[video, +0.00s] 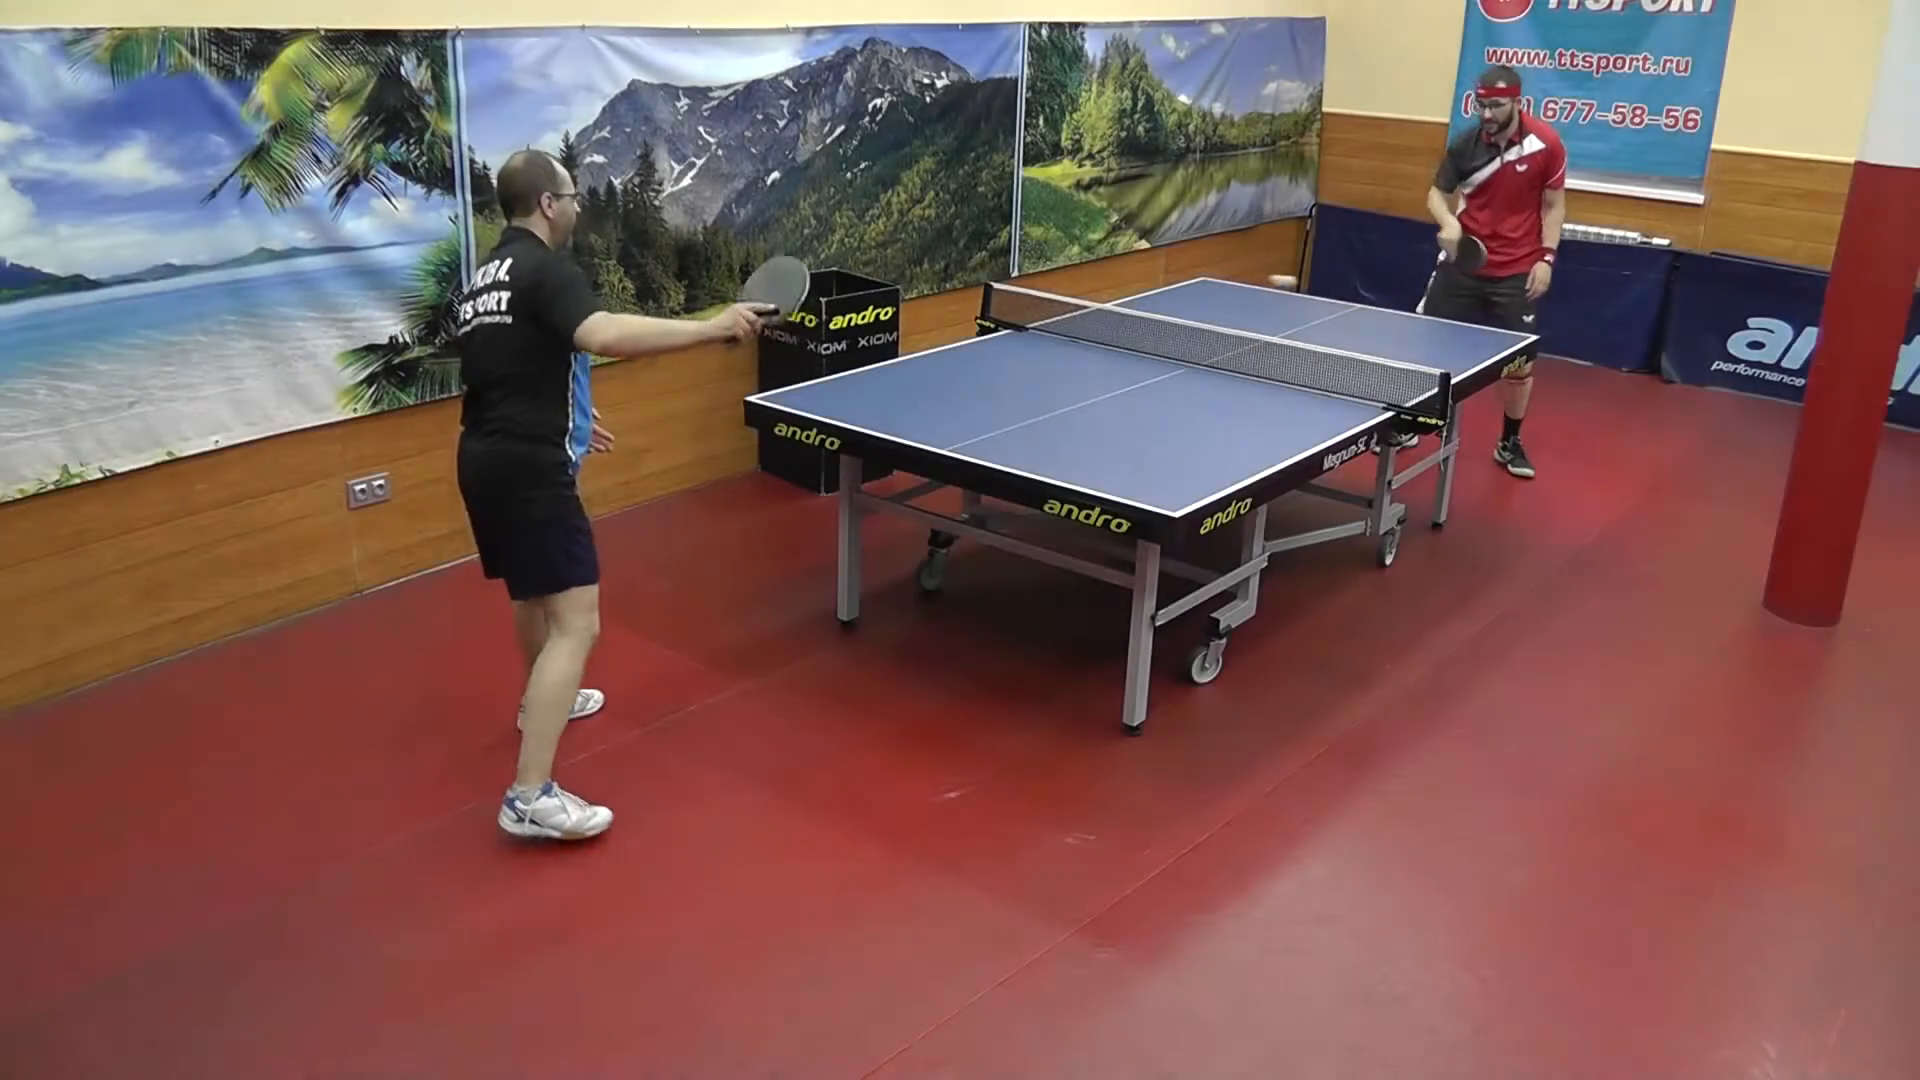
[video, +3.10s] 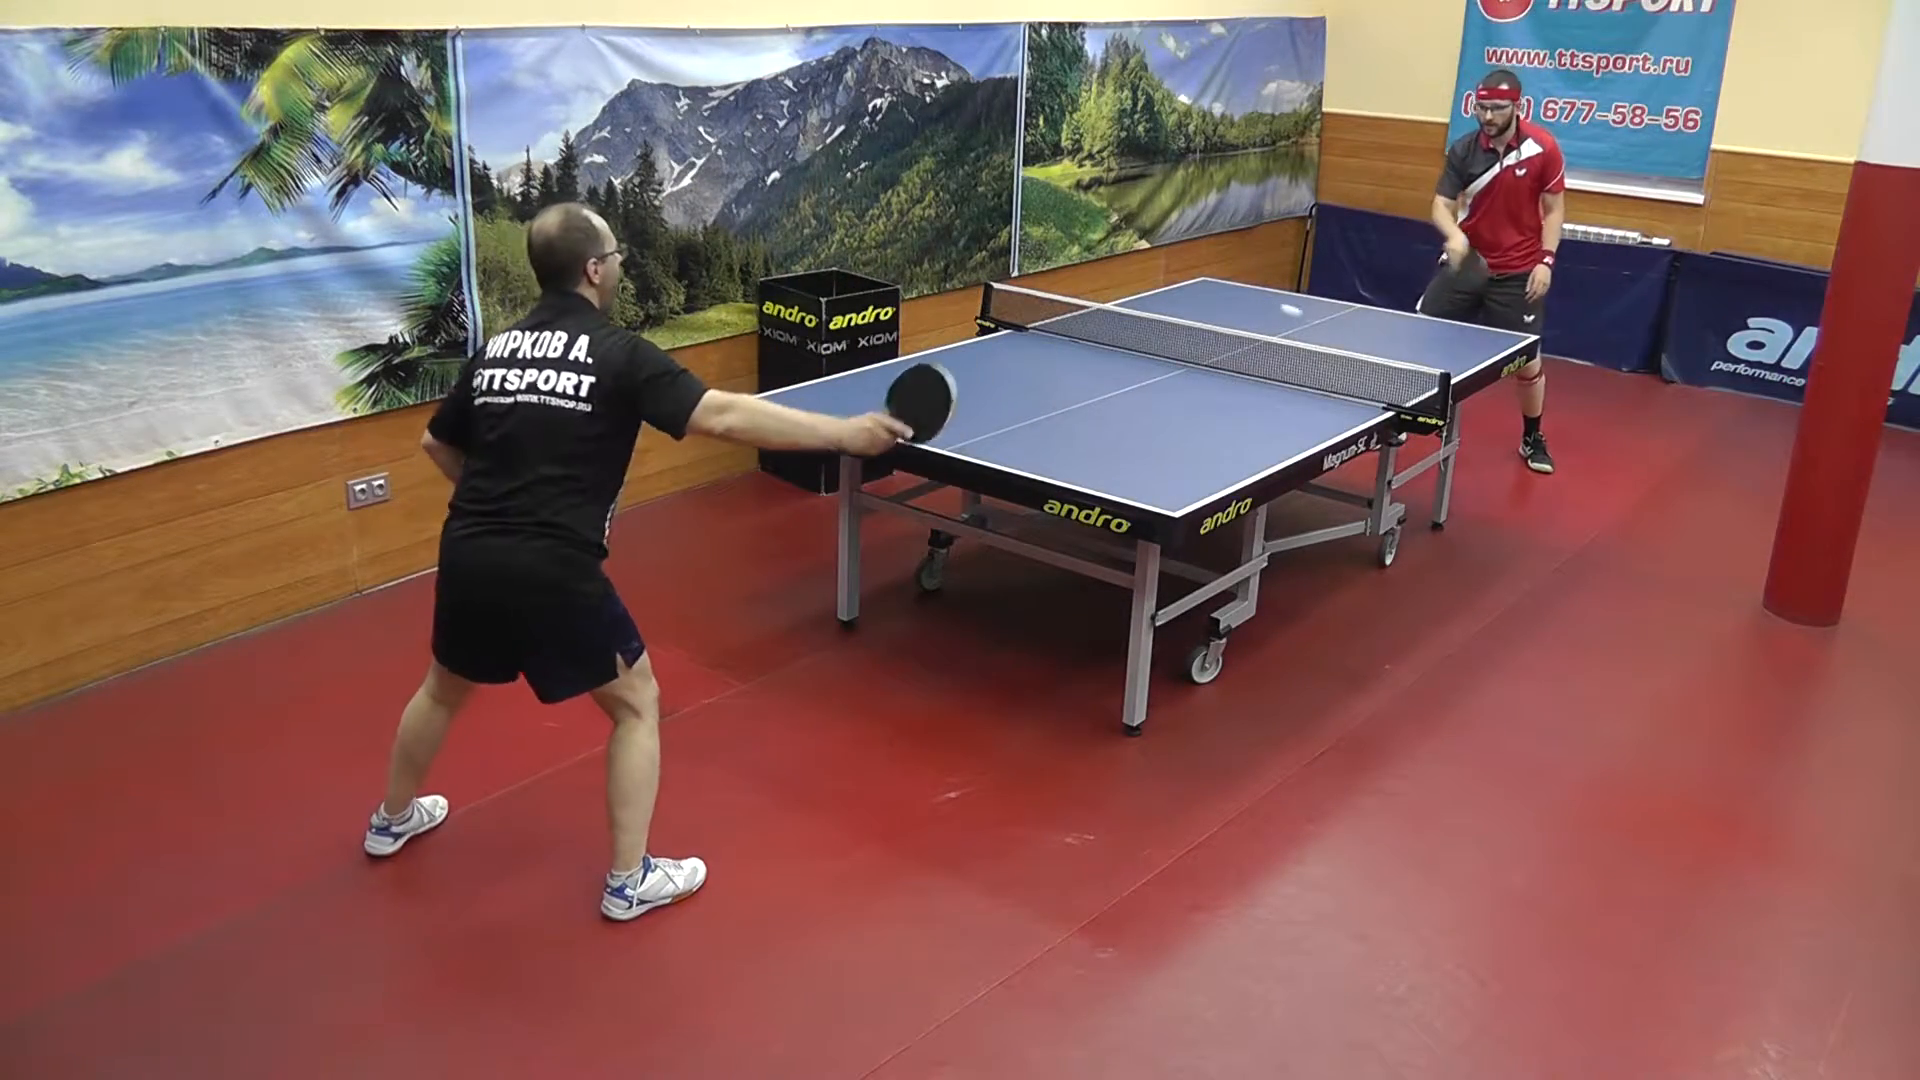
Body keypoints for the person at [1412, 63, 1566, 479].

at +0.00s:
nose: (1488, 114)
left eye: (1497, 105)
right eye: (1482, 105)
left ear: (1518, 102)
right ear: (1476, 102)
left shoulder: (1547, 146)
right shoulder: (1466, 144)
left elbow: (1554, 205)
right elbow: (1436, 193)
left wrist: (1547, 258)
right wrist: (1448, 223)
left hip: (1515, 274)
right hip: (1460, 268)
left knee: (1521, 362)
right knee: (1426, 343)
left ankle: (1510, 442)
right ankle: (1412, 416)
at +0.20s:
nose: (1525, 141)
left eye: (1534, 133)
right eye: (1518, 131)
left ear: (1553, 127)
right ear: (1511, 125)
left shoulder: (1575, 156)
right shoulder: (1496, 163)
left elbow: (1585, 210)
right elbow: (1457, 214)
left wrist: (1594, 263)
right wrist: (1465, 245)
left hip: (1544, 278)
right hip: (1487, 273)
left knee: (1550, 369)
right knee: (1447, 350)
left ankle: (1526, 450)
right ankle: (1419, 415)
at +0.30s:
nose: (1538, 141)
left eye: (1548, 133)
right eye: (1532, 132)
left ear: (1565, 126)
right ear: (1525, 126)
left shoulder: (1586, 156)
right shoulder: (1510, 161)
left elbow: (1598, 210)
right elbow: (1472, 198)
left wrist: (1613, 263)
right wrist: (1455, 214)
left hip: (1551, 281)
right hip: (1493, 277)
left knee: (1555, 371)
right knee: (1452, 356)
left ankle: (1526, 450)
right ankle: (1421, 417)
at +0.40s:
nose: (1547, 133)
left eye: (1557, 124)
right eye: (1541, 123)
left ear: (1574, 120)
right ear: (1534, 118)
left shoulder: (1593, 155)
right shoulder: (1519, 151)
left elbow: (1604, 207)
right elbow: (1476, 172)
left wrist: (1624, 261)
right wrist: (1452, 165)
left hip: (1554, 282)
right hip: (1496, 276)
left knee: (1554, 370)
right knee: (1454, 355)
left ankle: (1526, 450)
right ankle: (1427, 415)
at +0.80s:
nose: (1517, 121)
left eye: (1527, 112)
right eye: (1512, 111)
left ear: (1545, 112)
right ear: (1503, 111)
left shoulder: (1568, 159)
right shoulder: (1486, 151)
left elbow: (1578, 221)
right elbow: (1440, 189)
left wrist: (1576, 279)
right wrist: (1431, 181)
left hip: (1524, 288)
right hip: (1469, 277)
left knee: (1527, 378)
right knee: (1418, 346)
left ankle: (1523, 451)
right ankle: (1390, 420)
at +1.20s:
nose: (1468, 109)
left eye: (1477, 100)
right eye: (1462, 100)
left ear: (1496, 99)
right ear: (1454, 101)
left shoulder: (1522, 146)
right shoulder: (1444, 146)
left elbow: (1534, 210)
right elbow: (1416, 189)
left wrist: (1515, 262)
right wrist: (1398, 206)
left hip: (1491, 278)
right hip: (1436, 271)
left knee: (1510, 369)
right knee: (1390, 341)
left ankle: (1522, 450)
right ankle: (1383, 421)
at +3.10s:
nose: (1489, 116)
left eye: (1498, 108)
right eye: (1483, 107)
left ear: (1517, 107)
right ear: (1475, 106)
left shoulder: (1543, 150)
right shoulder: (1465, 149)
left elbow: (1553, 210)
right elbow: (1440, 204)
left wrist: (1546, 261)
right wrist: (1454, 236)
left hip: (1519, 273)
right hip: (1466, 265)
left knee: (1527, 361)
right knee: (1421, 333)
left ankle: (1533, 438)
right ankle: (1415, 409)